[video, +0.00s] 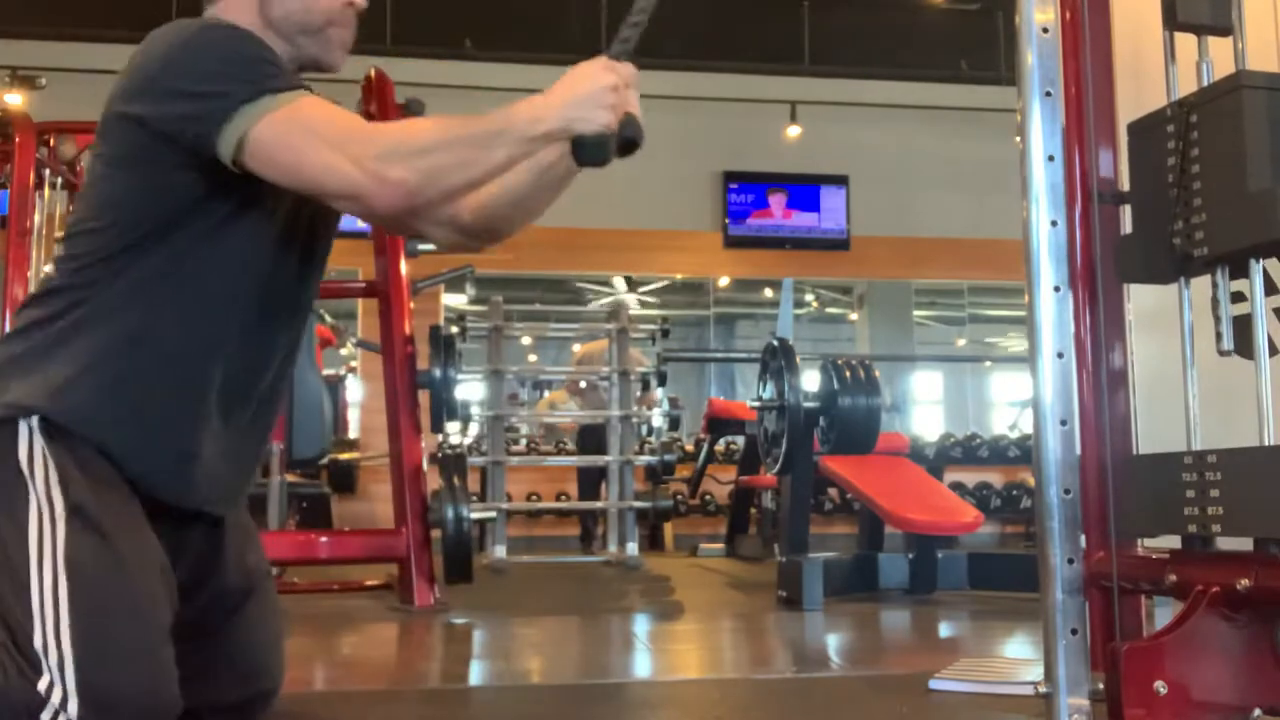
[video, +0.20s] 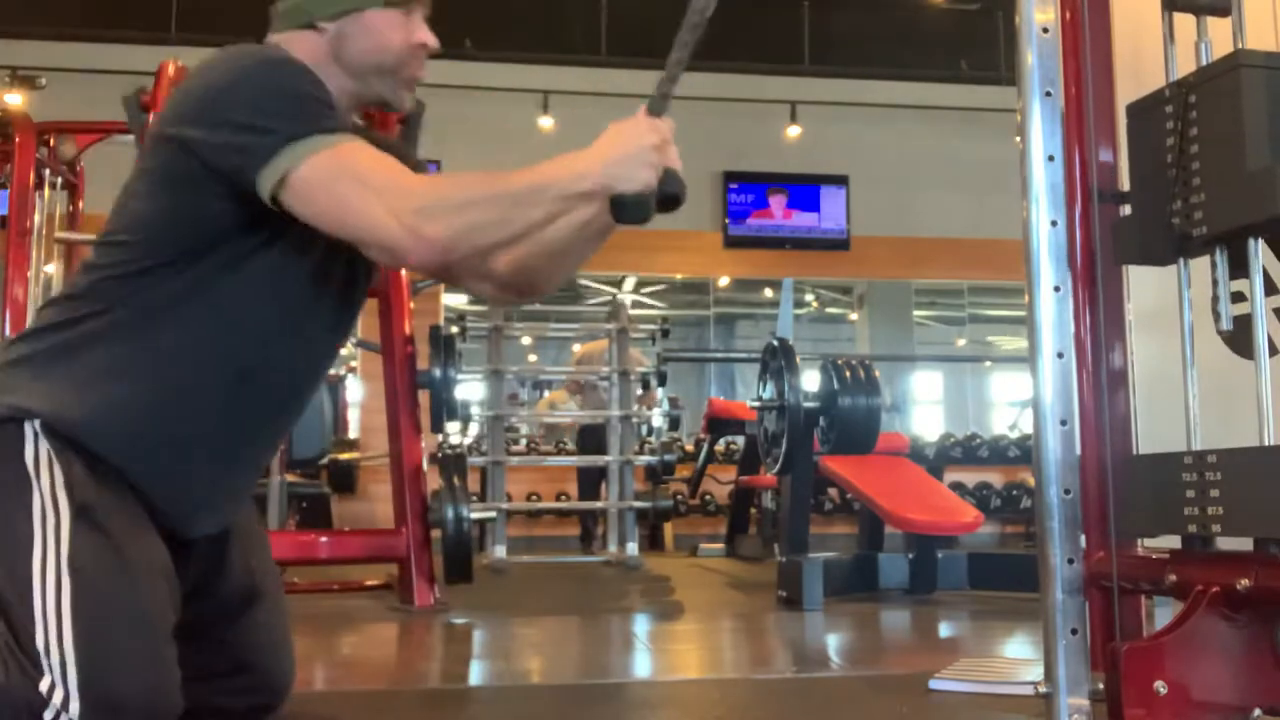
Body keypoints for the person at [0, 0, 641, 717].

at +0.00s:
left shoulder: (300, 121)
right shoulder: (193, 56)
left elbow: (462, 220)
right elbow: (384, 175)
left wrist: (578, 142)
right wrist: (550, 108)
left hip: (197, 472)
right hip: (66, 441)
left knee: (237, 685)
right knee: (106, 700)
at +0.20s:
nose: (431, 43)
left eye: (431, 24)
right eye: (414, 17)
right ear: (342, 12)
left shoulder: (364, 160)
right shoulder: (248, 85)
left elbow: (507, 273)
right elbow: (418, 229)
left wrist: (615, 198)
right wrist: (596, 165)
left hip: (205, 481)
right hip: (70, 447)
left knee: (245, 685)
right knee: (106, 701)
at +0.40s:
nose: (483, 110)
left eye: (485, 86)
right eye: (466, 80)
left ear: (414, 87)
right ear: (392, 73)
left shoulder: (417, 203)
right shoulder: (297, 127)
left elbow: (520, 350)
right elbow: (420, 296)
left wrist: (622, 280)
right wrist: (608, 253)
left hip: (208, 485)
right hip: (76, 449)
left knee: (255, 685)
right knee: (111, 700)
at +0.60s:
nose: (509, 196)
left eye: (518, 175)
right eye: (498, 166)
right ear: (434, 143)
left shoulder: (445, 262)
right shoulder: (326, 184)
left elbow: (510, 427)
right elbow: (398, 366)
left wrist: (597, 367)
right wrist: (591, 342)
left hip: (204, 499)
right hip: (76, 446)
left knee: (261, 684)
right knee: (107, 699)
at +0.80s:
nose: (531, 286)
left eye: (540, 267)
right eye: (525, 257)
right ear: (464, 226)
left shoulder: (451, 320)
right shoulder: (353, 251)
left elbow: (485, 475)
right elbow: (377, 454)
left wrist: (578, 462)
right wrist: (565, 449)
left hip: (196, 507)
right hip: (71, 454)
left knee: (259, 679)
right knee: (72, 700)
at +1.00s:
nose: (541, 374)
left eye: (554, 355)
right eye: (537, 347)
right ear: (483, 309)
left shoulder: (453, 390)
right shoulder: (360, 325)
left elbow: (468, 544)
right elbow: (363, 549)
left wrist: (562, 555)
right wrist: (546, 545)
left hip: (190, 514)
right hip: (62, 455)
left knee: (256, 679)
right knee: (90, 699)